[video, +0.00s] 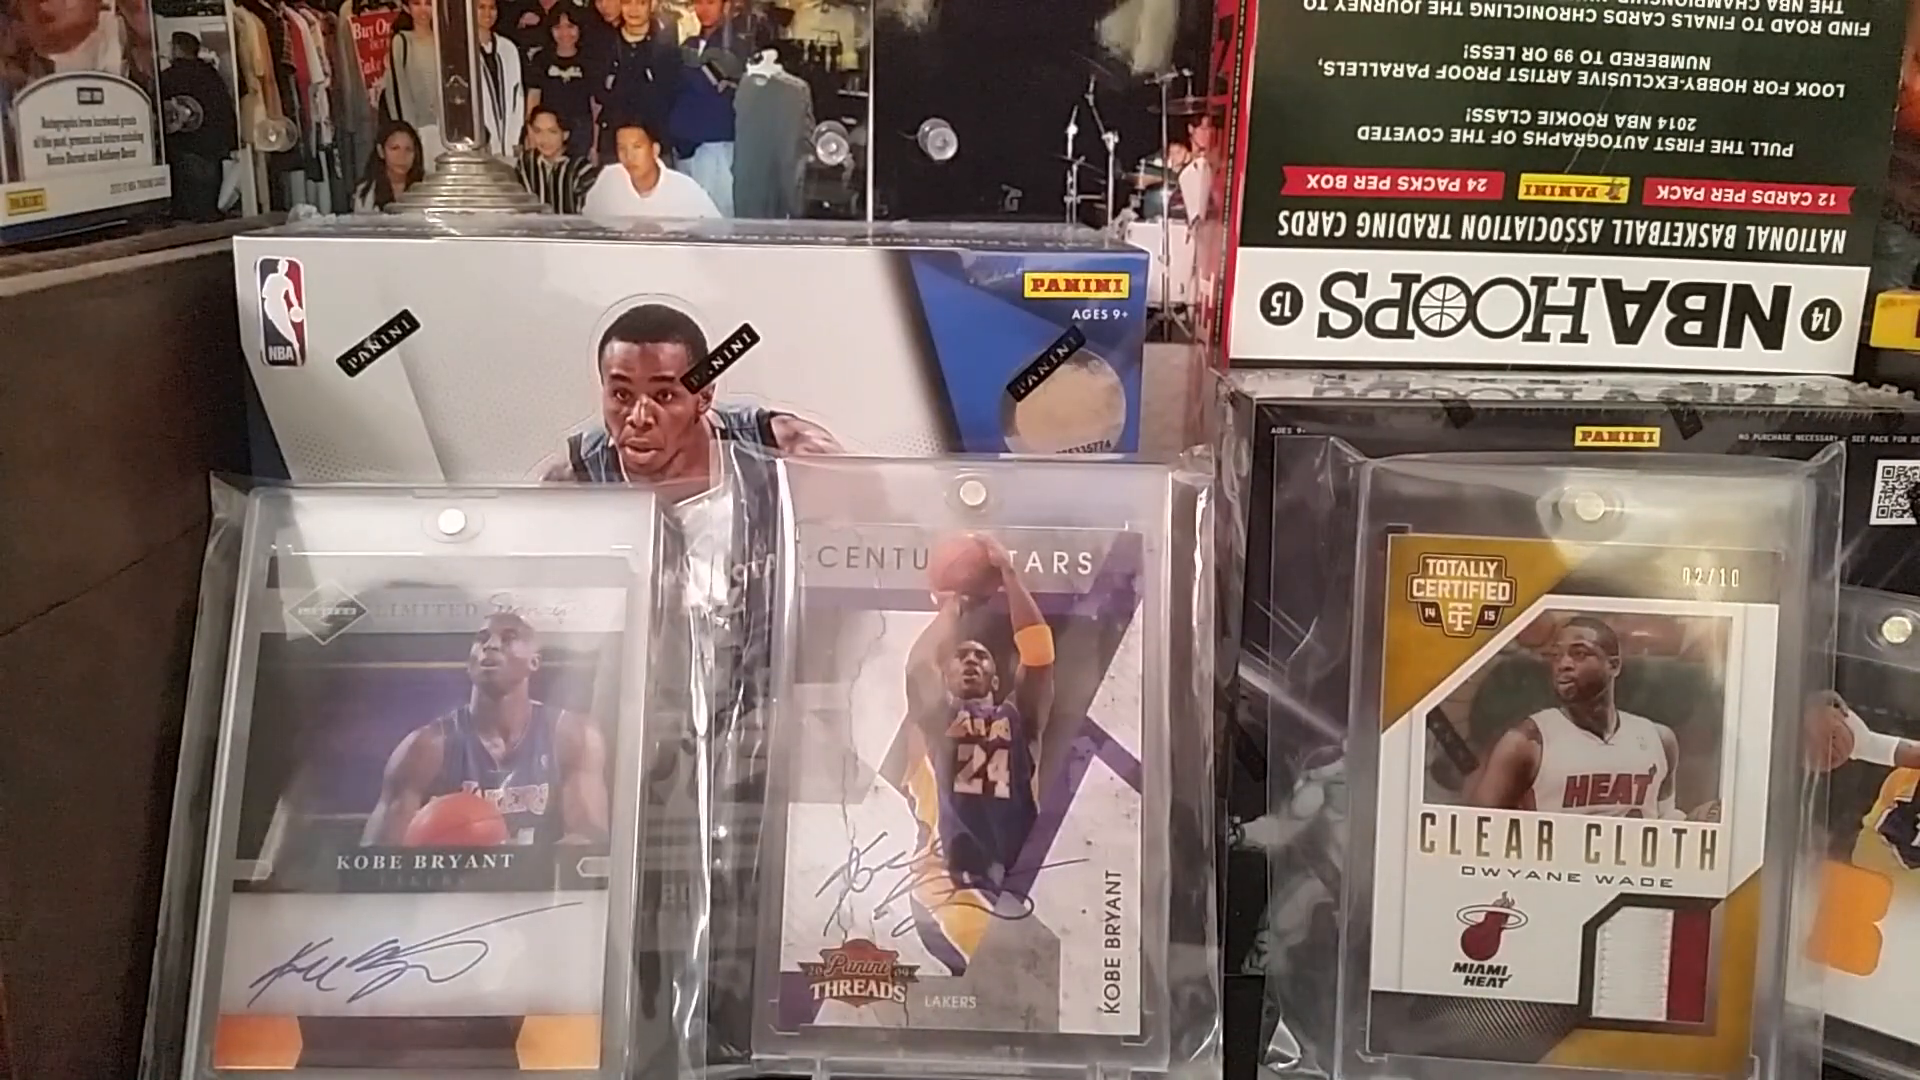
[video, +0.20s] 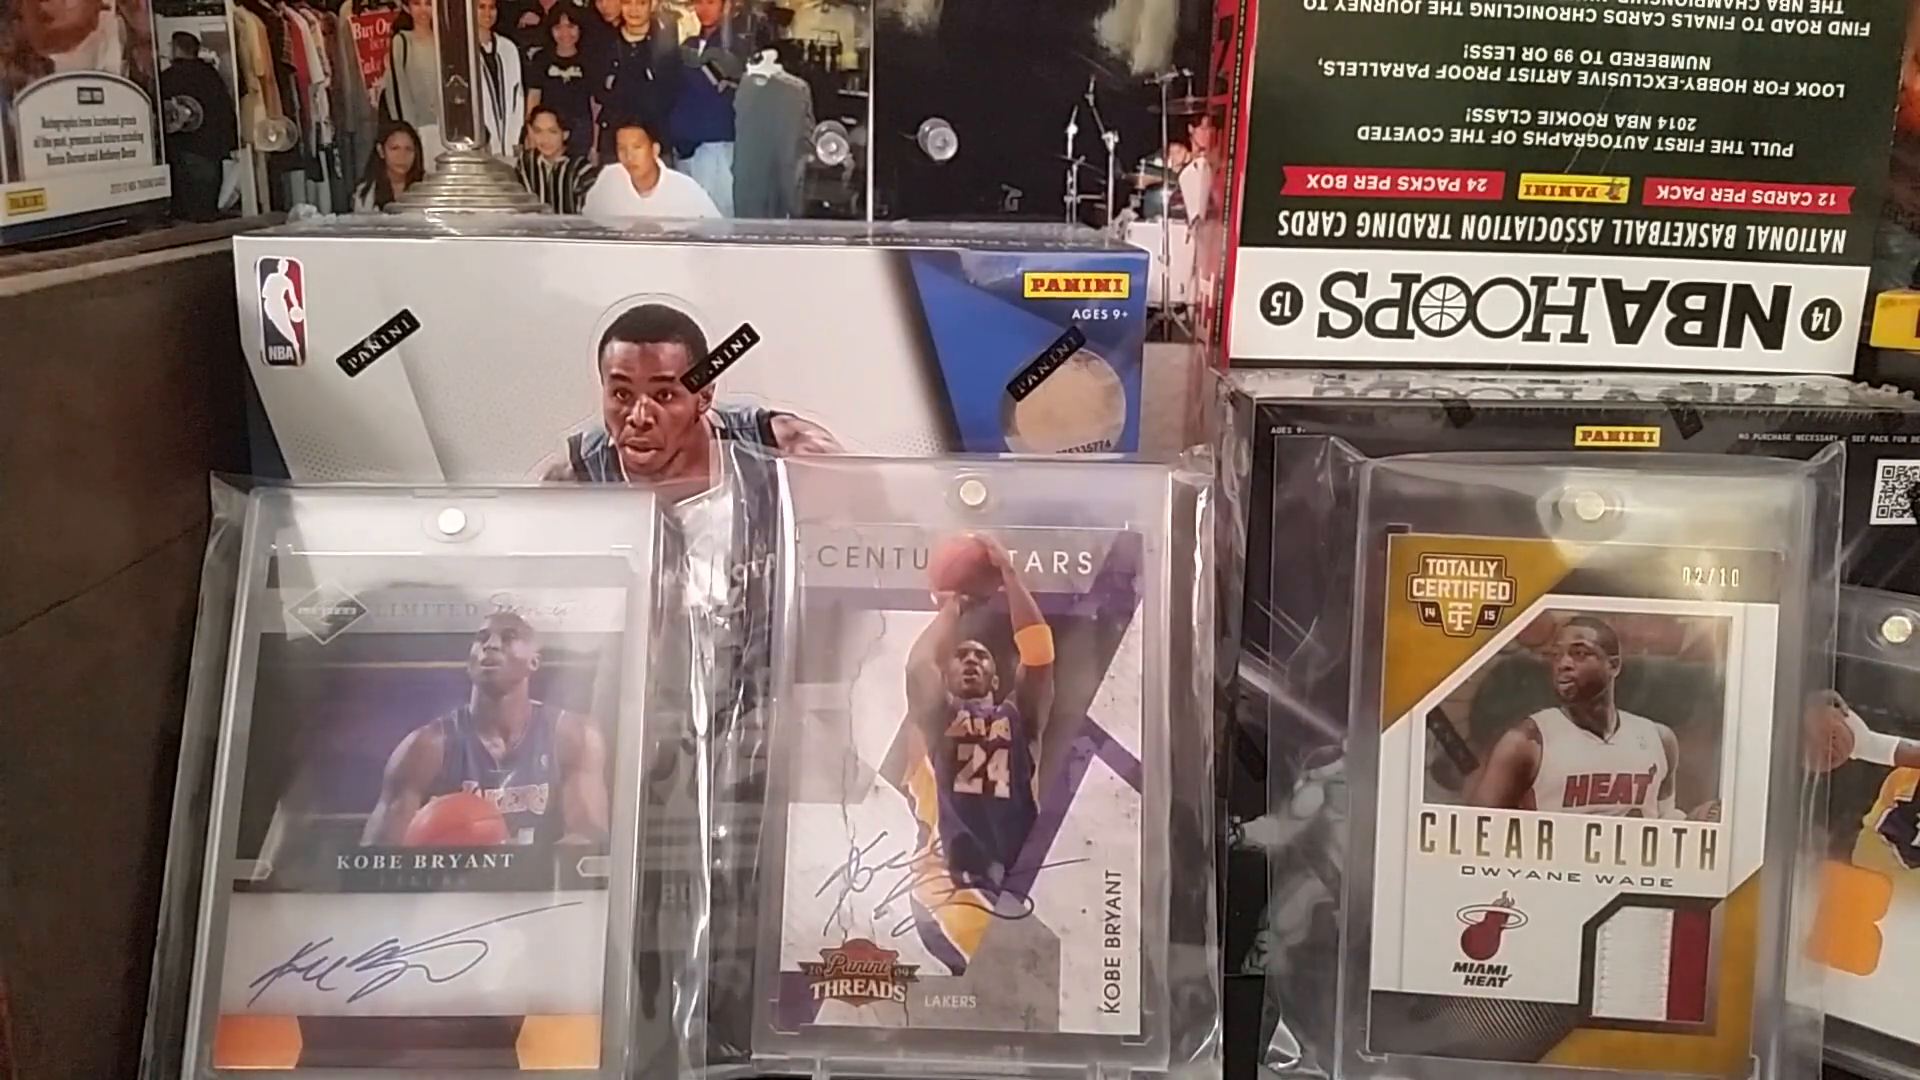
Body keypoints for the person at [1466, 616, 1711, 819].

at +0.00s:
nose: (1563, 664)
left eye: (1579, 654)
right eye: (1557, 655)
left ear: (1614, 666)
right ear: (1551, 663)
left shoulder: (1661, 742)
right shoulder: (1524, 744)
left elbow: (1663, 827)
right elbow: (1473, 837)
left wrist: (1692, 824)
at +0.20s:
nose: (1563, 664)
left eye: (1579, 653)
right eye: (1557, 655)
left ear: (1614, 667)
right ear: (1551, 662)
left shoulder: (1660, 742)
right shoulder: (1524, 743)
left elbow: (1664, 825)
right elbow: (1473, 836)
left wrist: (1693, 824)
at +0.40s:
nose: (1563, 665)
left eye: (1579, 654)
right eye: (1557, 655)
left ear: (1614, 666)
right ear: (1551, 664)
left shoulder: (1660, 743)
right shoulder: (1524, 744)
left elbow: (1664, 827)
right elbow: (1473, 837)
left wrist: (1693, 824)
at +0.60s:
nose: (1563, 665)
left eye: (1579, 654)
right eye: (1557, 656)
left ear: (1614, 667)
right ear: (1551, 664)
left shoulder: (1661, 743)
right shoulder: (1524, 744)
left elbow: (1664, 824)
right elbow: (1474, 836)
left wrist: (1691, 824)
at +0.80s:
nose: (1563, 665)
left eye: (1579, 654)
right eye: (1557, 656)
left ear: (1614, 667)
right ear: (1550, 664)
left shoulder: (1661, 743)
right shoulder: (1524, 744)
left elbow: (1664, 828)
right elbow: (1475, 838)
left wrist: (1693, 825)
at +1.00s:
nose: (1563, 665)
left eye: (1579, 654)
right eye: (1557, 656)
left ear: (1614, 666)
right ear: (1551, 664)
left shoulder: (1661, 743)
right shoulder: (1524, 745)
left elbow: (1664, 828)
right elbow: (1478, 840)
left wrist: (1695, 824)